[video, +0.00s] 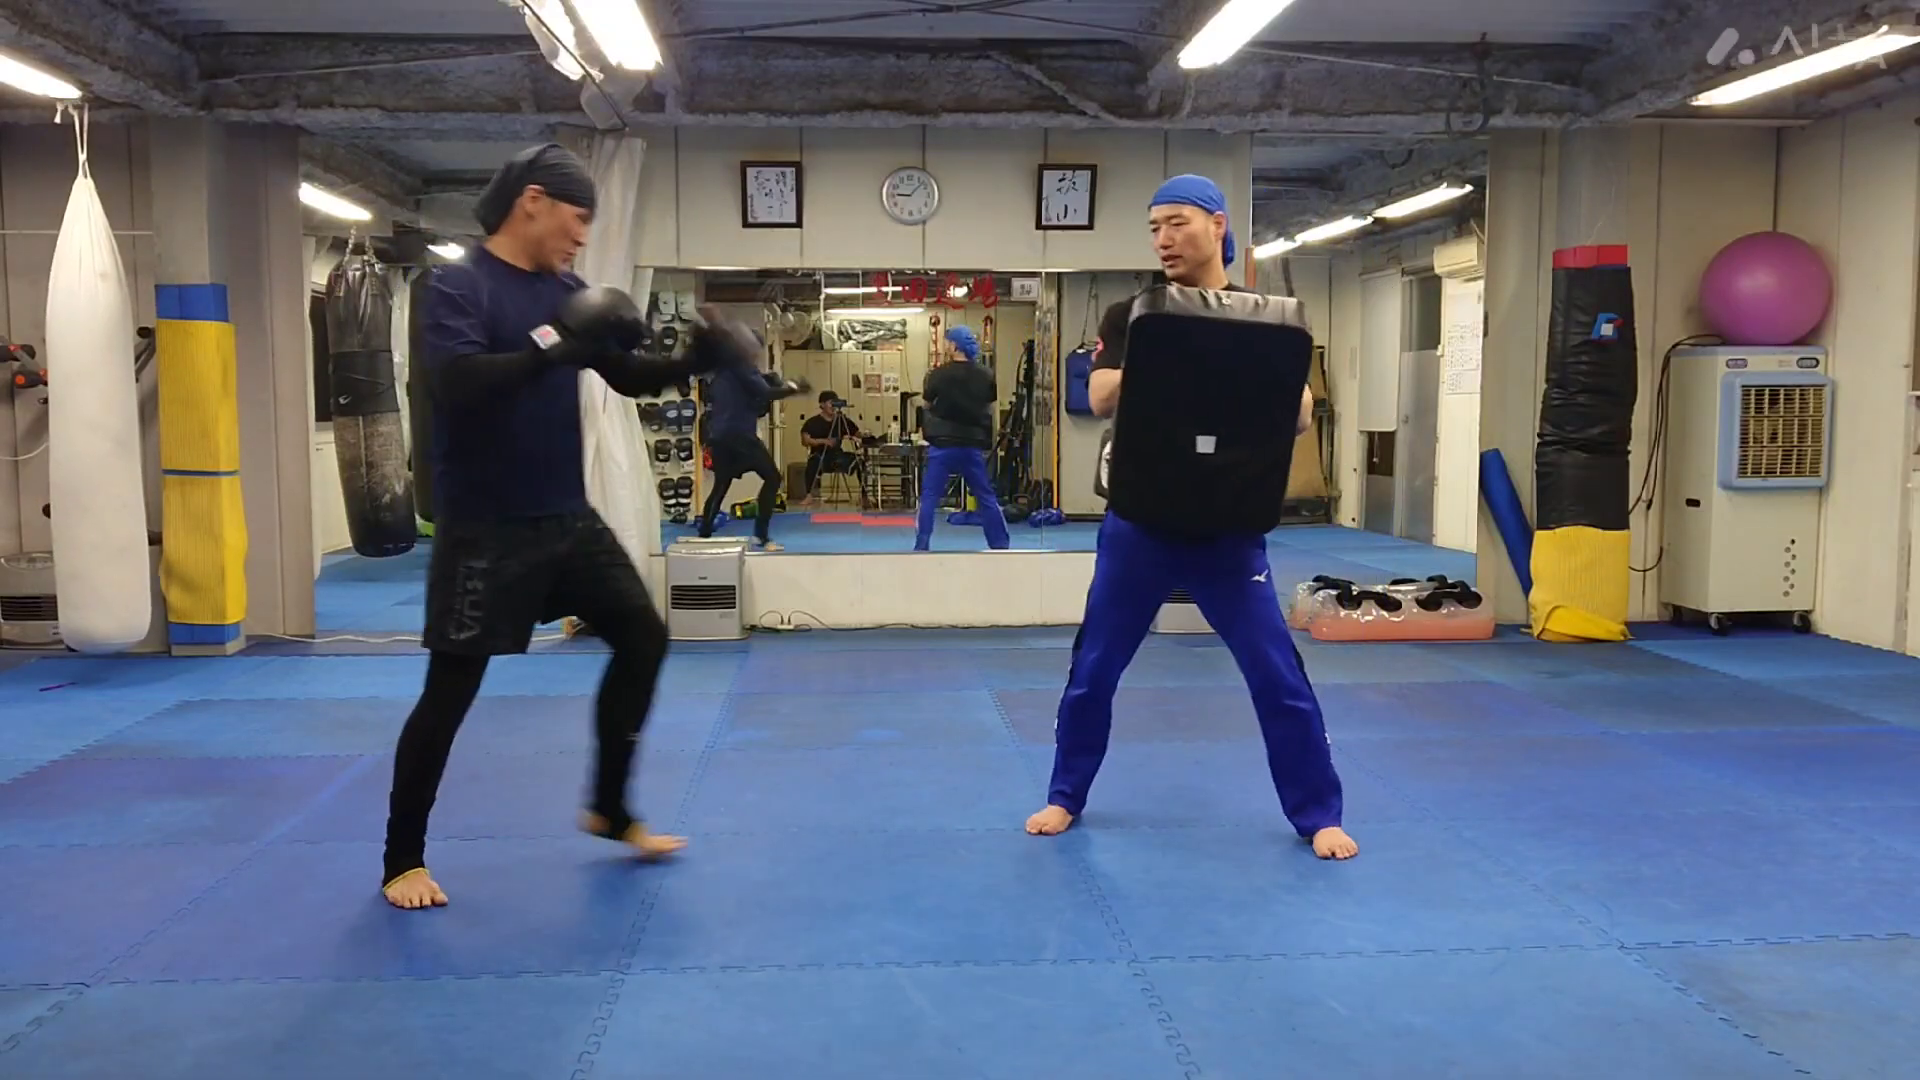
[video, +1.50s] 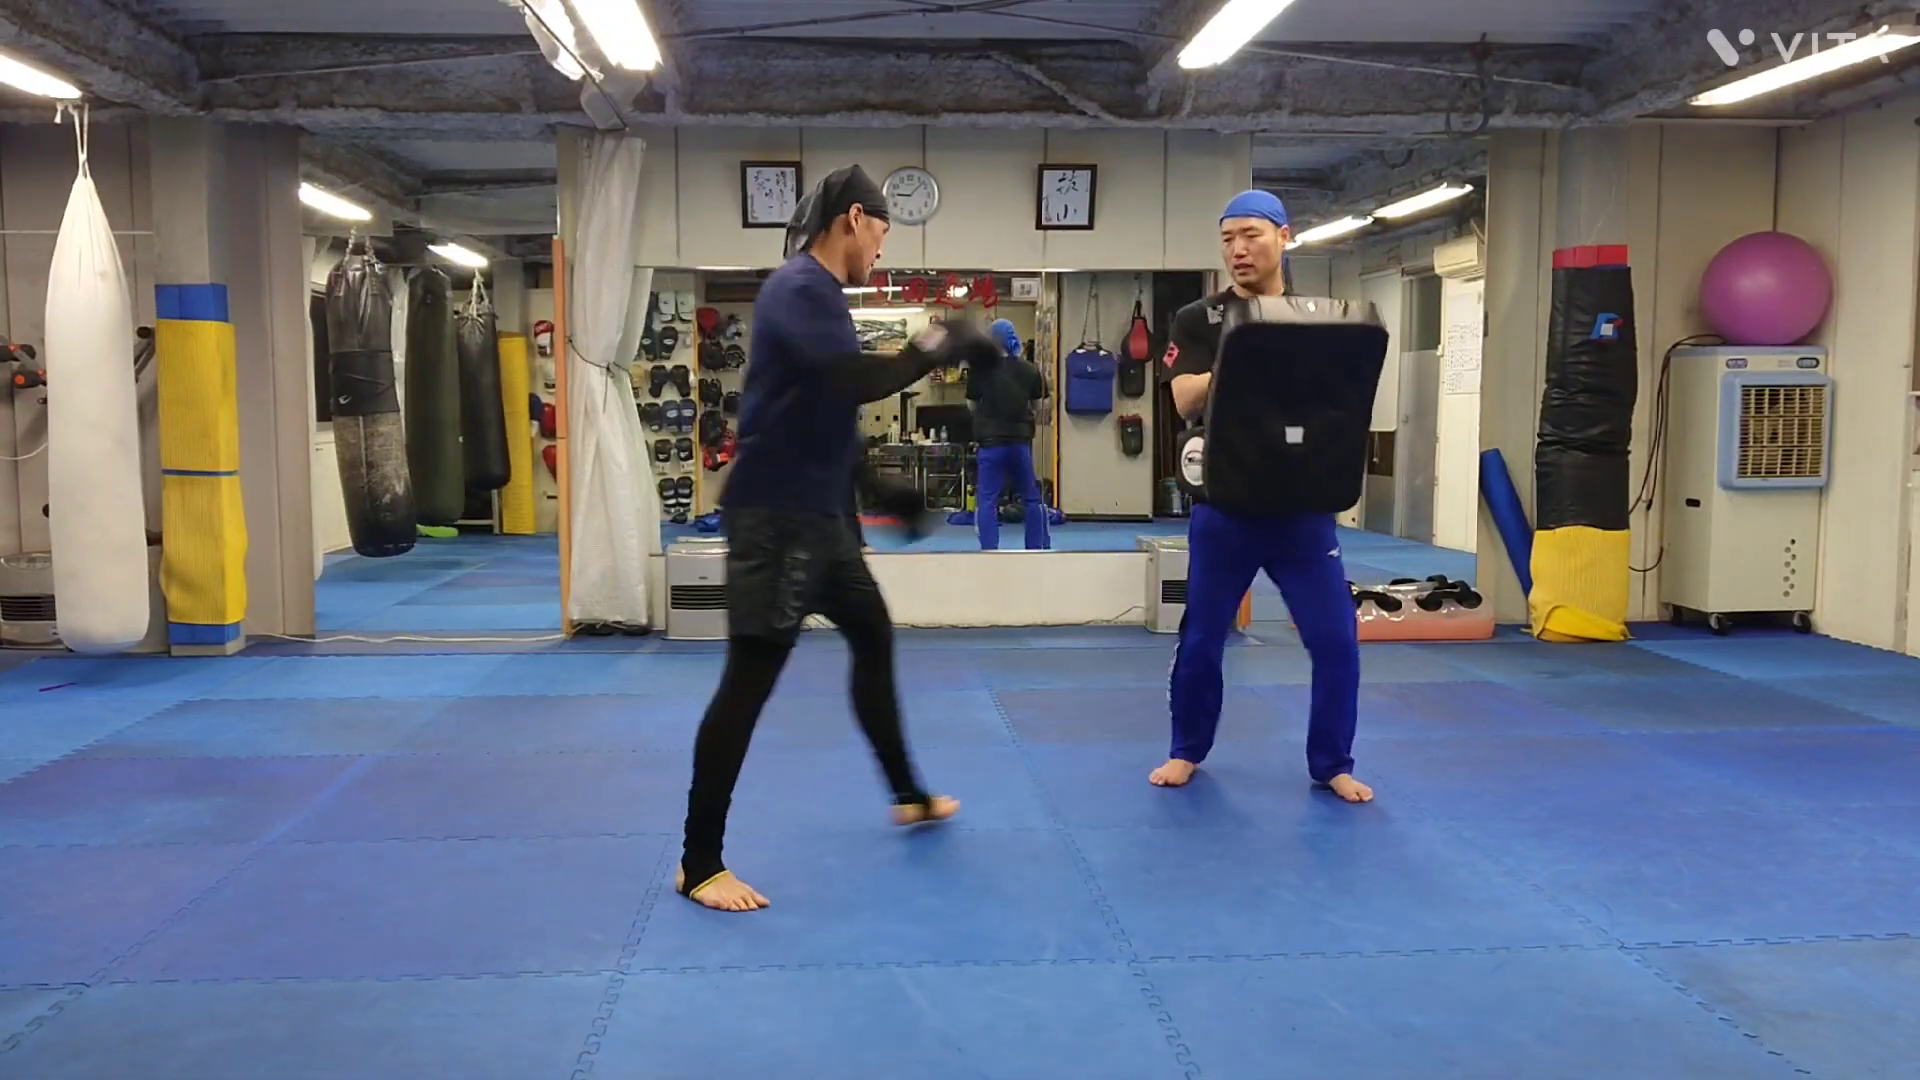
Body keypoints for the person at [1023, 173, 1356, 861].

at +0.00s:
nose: (1162, 238)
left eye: (1176, 223)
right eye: (1155, 227)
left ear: (1218, 226)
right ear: (1152, 238)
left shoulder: (1270, 318)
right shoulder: (1134, 313)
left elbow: (1300, 413)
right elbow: (1098, 397)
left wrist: (1228, 391)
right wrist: (1161, 366)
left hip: (1229, 532)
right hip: (1137, 528)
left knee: (1278, 674)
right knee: (1092, 669)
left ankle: (1320, 817)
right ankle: (1064, 798)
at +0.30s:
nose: (1152, 240)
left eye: (1165, 225)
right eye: (1145, 229)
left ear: (1207, 229)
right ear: (1141, 240)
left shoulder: (1249, 316)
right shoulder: (1120, 315)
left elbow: (1293, 412)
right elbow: (1090, 400)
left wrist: (1225, 385)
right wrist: (1148, 374)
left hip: (1224, 532)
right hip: (1132, 530)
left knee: (1277, 675)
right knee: (1090, 673)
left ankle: (1319, 816)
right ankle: (1065, 798)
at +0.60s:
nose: (1160, 256)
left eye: (1174, 243)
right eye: (1152, 245)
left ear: (1214, 240)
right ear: (1143, 248)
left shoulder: (1255, 317)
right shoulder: (1131, 317)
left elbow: (1281, 404)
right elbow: (1090, 381)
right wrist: (1182, 375)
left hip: (1225, 529)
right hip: (1135, 524)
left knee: (1274, 676)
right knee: (1092, 668)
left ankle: (1318, 818)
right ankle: (1068, 799)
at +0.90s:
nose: (1170, 234)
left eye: (1184, 221)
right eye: (1160, 225)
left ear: (1216, 231)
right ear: (1150, 242)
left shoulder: (1250, 315)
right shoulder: (1127, 316)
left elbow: (1280, 393)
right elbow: (1104, 393)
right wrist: (1179, 363)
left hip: (1239, 525)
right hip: (1148, 525)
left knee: (1293, 656)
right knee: (1101, 661)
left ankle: (1320, 795)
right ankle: (1066, 799)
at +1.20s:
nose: (1232, 257)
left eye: (1245, 242)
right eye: (1223, 247)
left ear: (1277, 248)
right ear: (1215, 259)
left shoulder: (1321, 335)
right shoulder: (1190, 334)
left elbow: (1341, 423)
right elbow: (1177, 418)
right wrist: (1239, 399)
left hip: (1287, 527)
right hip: (1207, 524)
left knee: (1329, 656)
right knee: (1149, 646)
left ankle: (1325, 764)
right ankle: (1088, 775)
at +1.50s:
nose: (1239, 248)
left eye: (1252, 235)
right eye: (1230, 238)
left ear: (1283, 239)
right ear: (1221, 249)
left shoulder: (1320, 318)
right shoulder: (1198, 320)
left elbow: (1340, 402)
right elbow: (1181, 401)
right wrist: (1233, 372)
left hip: (1302, 510)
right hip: (1221, 509)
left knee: (1337, 642)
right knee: (1201, 638)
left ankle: (1333, 765)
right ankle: (1187, 749)